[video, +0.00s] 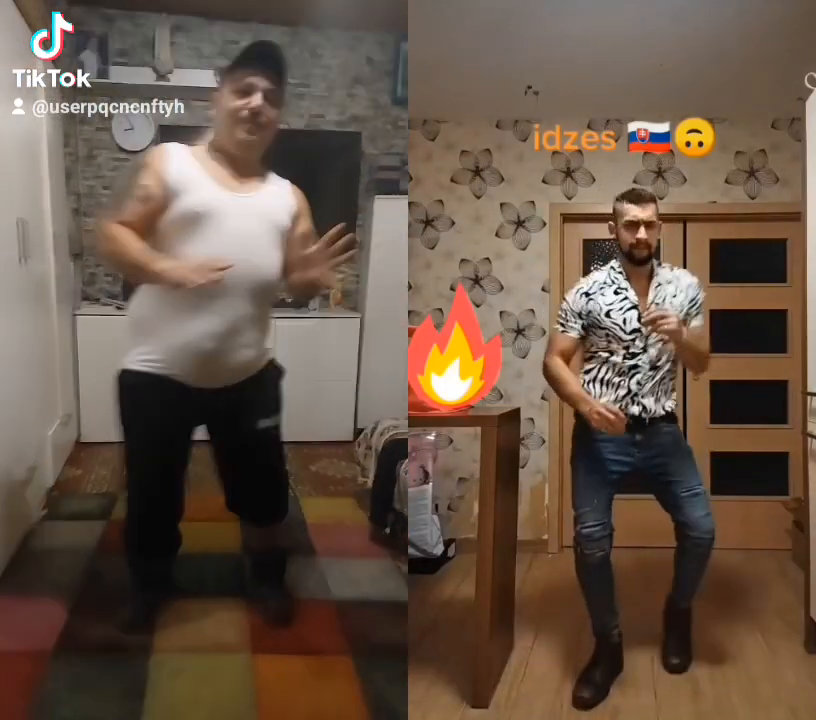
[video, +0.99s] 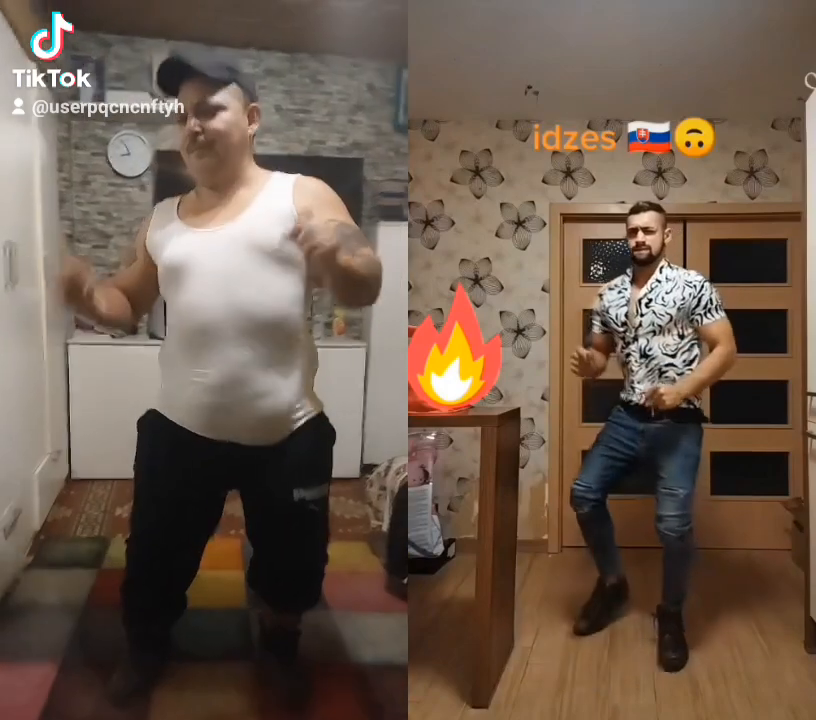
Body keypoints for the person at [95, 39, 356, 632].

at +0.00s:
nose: (255, 107)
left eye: (269, 99)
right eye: (245, 92)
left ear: (281, 117)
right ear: (216, 97)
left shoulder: (287, 198)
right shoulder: (168, 164)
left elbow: (298, 283)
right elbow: (113, 233)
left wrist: (304, 277)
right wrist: (167, 268)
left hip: (245, 374)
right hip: (158, 371)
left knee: (264, 495)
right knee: (152, 499)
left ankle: (268, 584)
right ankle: (147, 594)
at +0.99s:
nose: (195, 125)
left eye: (212, 110)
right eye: (185, 116)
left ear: (253, 119)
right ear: (178, 134)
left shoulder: (304, 196)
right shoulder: (166, 219)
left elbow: (363, 291)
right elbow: (125, 303)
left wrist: (337, 260)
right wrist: (89, 291)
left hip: (285, 436)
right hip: (181, 433)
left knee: (291, 579)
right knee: (152, 578)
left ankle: (280, 659)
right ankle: (142, 668)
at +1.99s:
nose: (251, 232)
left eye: (264, 221)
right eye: (234, 221)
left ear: (281, 237)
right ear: (209, 239)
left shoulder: (313, 316)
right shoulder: (172, 318)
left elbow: (367, 398)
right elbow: (119, 411)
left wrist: (363, 316)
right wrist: (112, 376)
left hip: (293, 551)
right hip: (182, 549)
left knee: (310, 705)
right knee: (146, 704)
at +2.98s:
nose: (145, 133)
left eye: (162, 119)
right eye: (121, 122)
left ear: (183, 149)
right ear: (88, 161)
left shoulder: (239, 247)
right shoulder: (63, 272)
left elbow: (323, 316)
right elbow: (19, 411)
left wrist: (319, 212)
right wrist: (82, 529)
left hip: (292, 570)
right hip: (144, 590)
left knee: (365, 712)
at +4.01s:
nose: (187, 80)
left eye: (197, 67)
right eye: (168, 71)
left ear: (215, 83)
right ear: (146, 94)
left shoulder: (264, 135)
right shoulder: (143, 189)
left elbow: (336, 206)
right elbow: (125, 279)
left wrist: (305, 173)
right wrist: (165, 306)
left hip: (292, 359)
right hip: (202, 372)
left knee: (332, 481)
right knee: (198, 499)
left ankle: (346, 572)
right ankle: (187, 594)